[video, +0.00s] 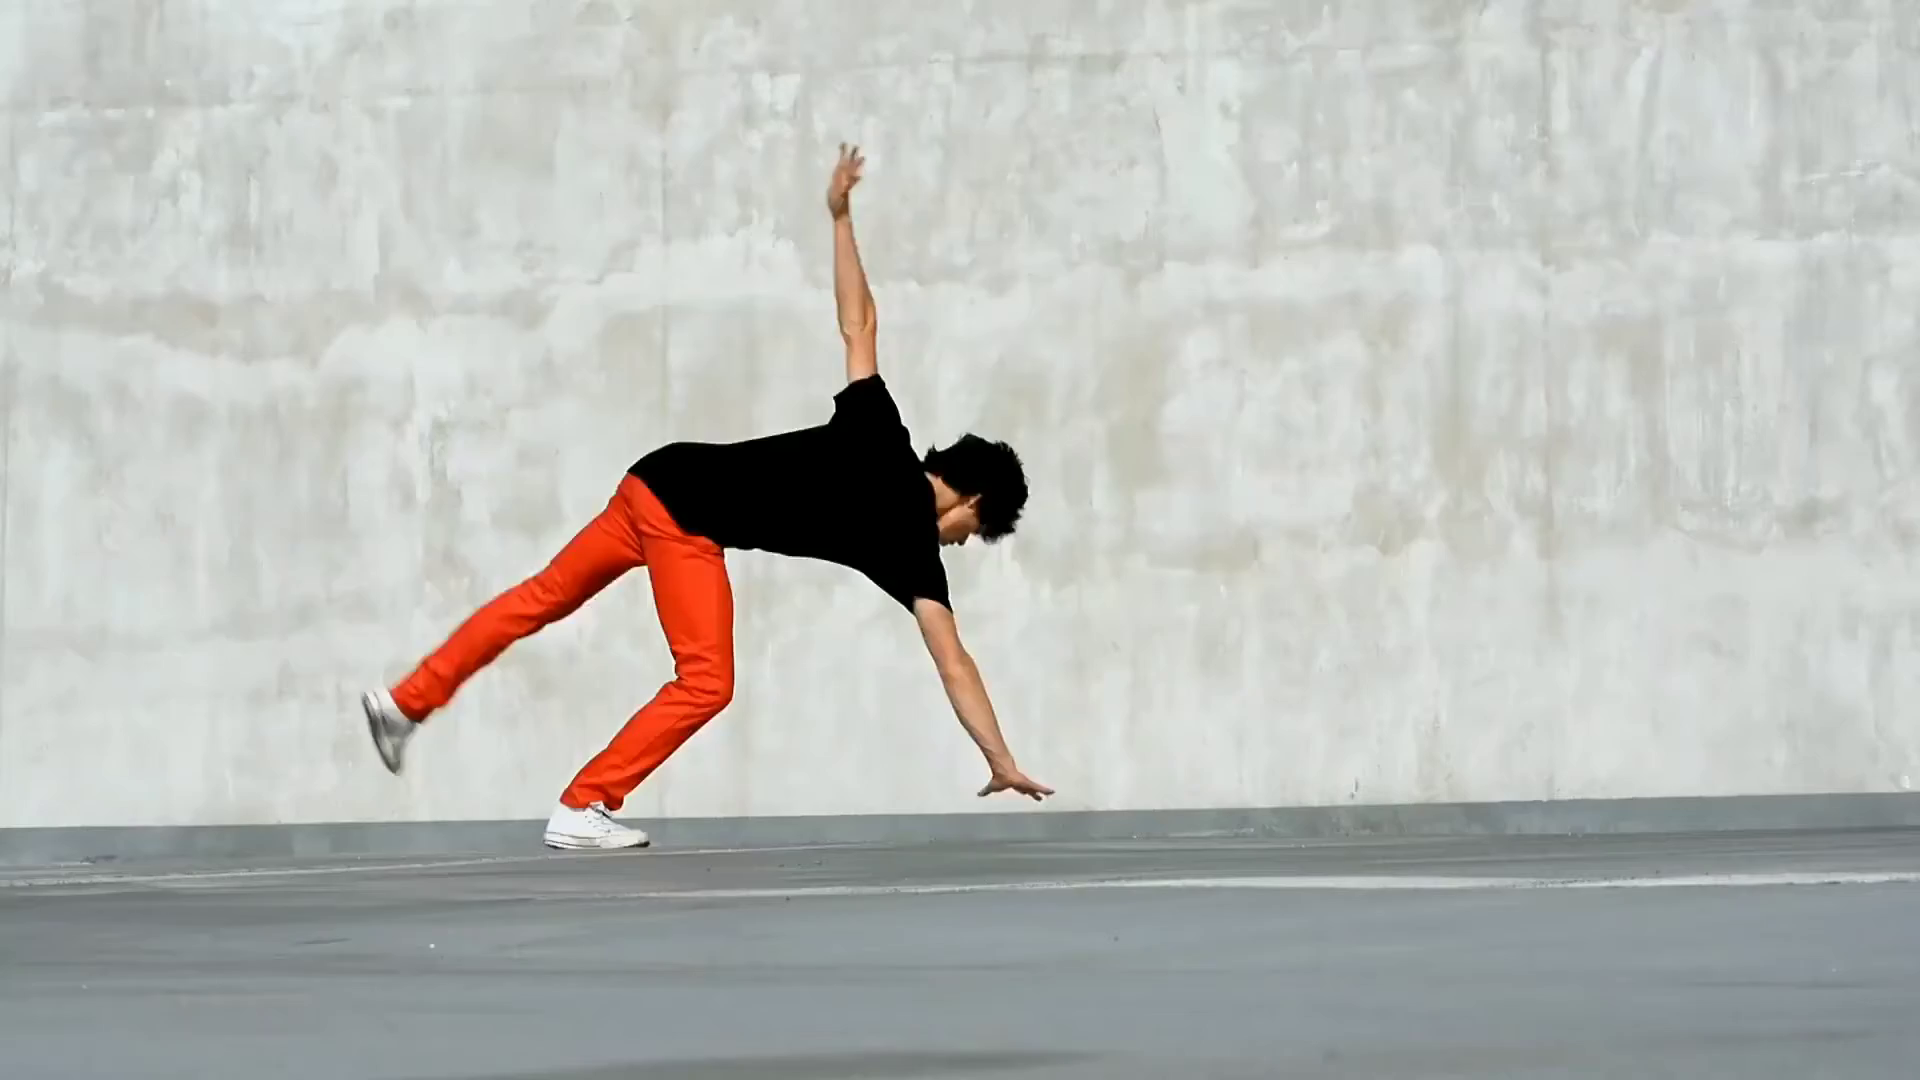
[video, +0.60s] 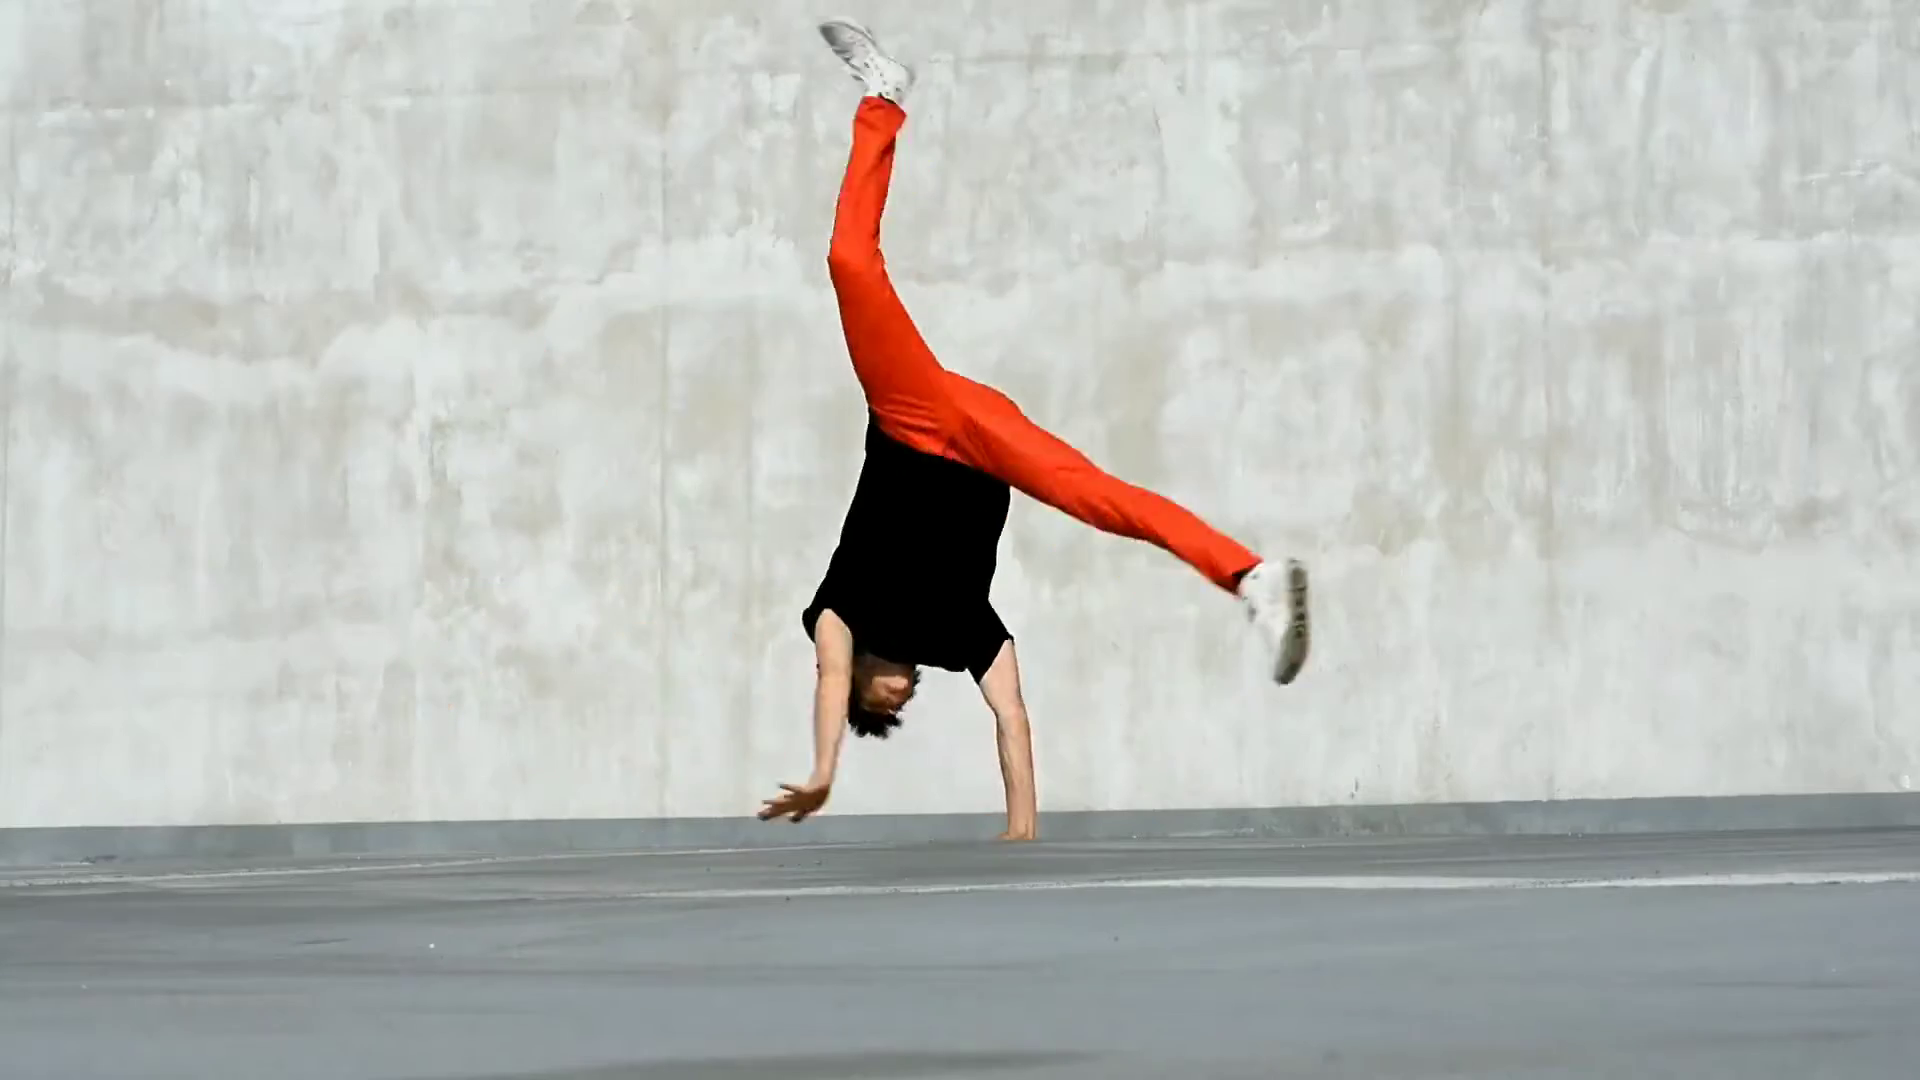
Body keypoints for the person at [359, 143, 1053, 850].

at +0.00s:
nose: (965, 538)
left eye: (976, 529)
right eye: (975, 525)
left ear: (948, 467)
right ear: (960, 496)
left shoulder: (876, 425)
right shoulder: (912, 551)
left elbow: (857, 317)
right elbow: (953, 663)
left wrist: (840, 212)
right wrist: (1003, 762)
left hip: (656, 480)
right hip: (688, 520)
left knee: (545, 595)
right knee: (706, 683)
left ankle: (404, 706)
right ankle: (584, 809)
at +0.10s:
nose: (981, 587)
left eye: (990, 574)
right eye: (987, 575)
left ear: (965, 520)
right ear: (974, 551)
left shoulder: (908, 464)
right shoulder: (932, 595)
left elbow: (930, 371)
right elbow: (974, 701)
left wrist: (964, 273)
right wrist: (1017, 806)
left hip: (686, 477)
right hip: (720, 534)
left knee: (532, 513)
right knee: (723, 696)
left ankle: (361, 475)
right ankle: (585, 806)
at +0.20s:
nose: (981, 640)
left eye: (989, 631)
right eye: (989, 630)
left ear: (967, 571)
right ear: (979, 606)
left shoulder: (920, 523)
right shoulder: (952, 621)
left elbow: (946, 468)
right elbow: (985, 720)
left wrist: (993, 418)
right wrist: (1018, 822)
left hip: (755, 450)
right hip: (777, 517)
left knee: (597, 409)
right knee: (729, 673)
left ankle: (591, 284)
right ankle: (585, 782)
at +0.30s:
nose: (927, 689)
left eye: (930, 692)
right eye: (942, 690)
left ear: (926, 657)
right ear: (961, 664)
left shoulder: (898, 599)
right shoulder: (980, 633)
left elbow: (835, 568)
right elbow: (1001, 730)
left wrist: (820, 581)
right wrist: (1023, 825)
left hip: (824, 421)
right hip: (851, 466)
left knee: (703, 315)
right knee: (753, 615)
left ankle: (861, 269)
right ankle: (620, 732)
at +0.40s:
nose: (924, 705)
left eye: (913, 708)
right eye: (927, 710)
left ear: (893, 672)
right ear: (946, 680)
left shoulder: (867, 607)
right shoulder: (984, 630)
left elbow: (744, 621)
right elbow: (1014, 725)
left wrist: (652, 637)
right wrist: (1023, 830)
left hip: (853, 414)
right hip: (913, 431)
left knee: (802, 261)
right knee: (840, 561)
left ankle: (968, 280)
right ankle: (756, 675)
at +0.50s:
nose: (911, 703)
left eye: (895, 705)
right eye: (913, 708)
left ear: (872, 676)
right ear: (923, 681)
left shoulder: (844, 599)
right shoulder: (968, 630)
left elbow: (750, 648)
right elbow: (1018, 728)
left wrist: (656, 701)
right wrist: (1023, 837)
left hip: (882, 408)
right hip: (962, 423)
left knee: (834, 253)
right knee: (969, 510)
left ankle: (974, 194)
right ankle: (1013, 618)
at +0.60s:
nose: (896, 709)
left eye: (881, 712)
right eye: (892, 713)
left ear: (857, 677)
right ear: (901, 685)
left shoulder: (841, 610)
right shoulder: (981, 637)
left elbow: (833, 680)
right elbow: (1010, 728)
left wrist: (821, 777)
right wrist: (1020, 830)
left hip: (908, 409)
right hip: (985, 420)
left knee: (851, 257)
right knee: (1106, 501)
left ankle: (881, 102)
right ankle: (1255, 578)